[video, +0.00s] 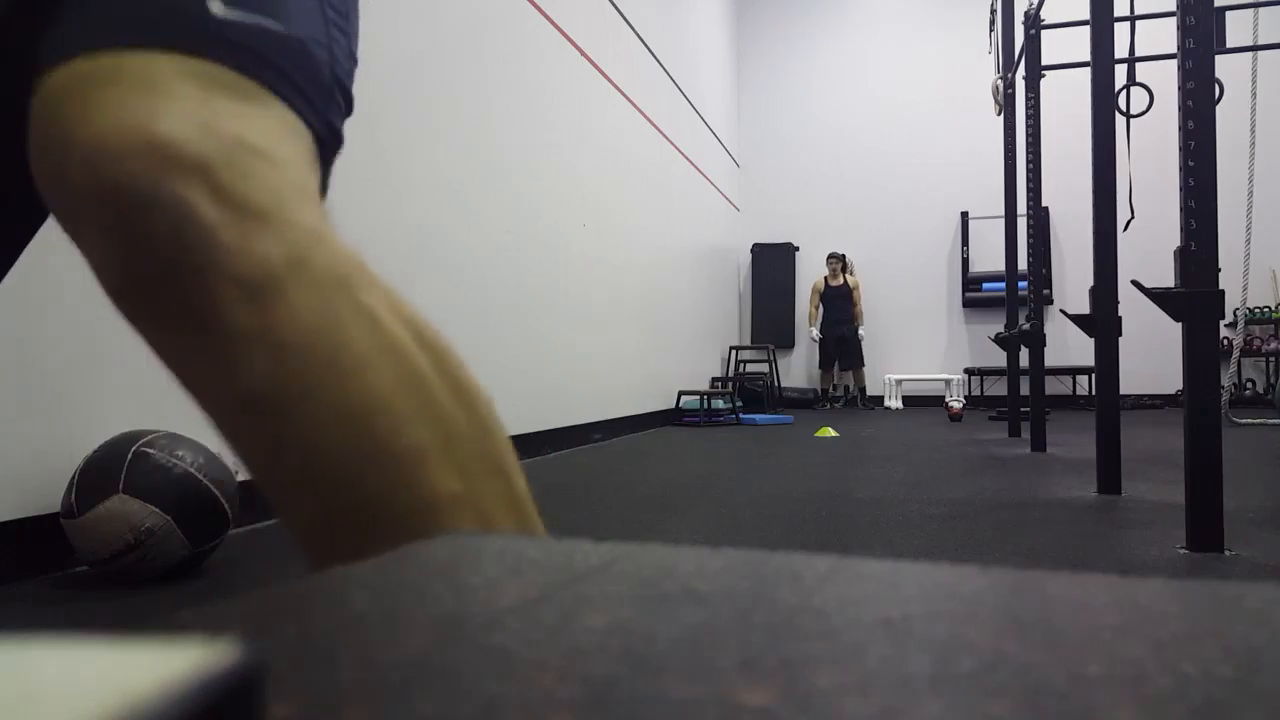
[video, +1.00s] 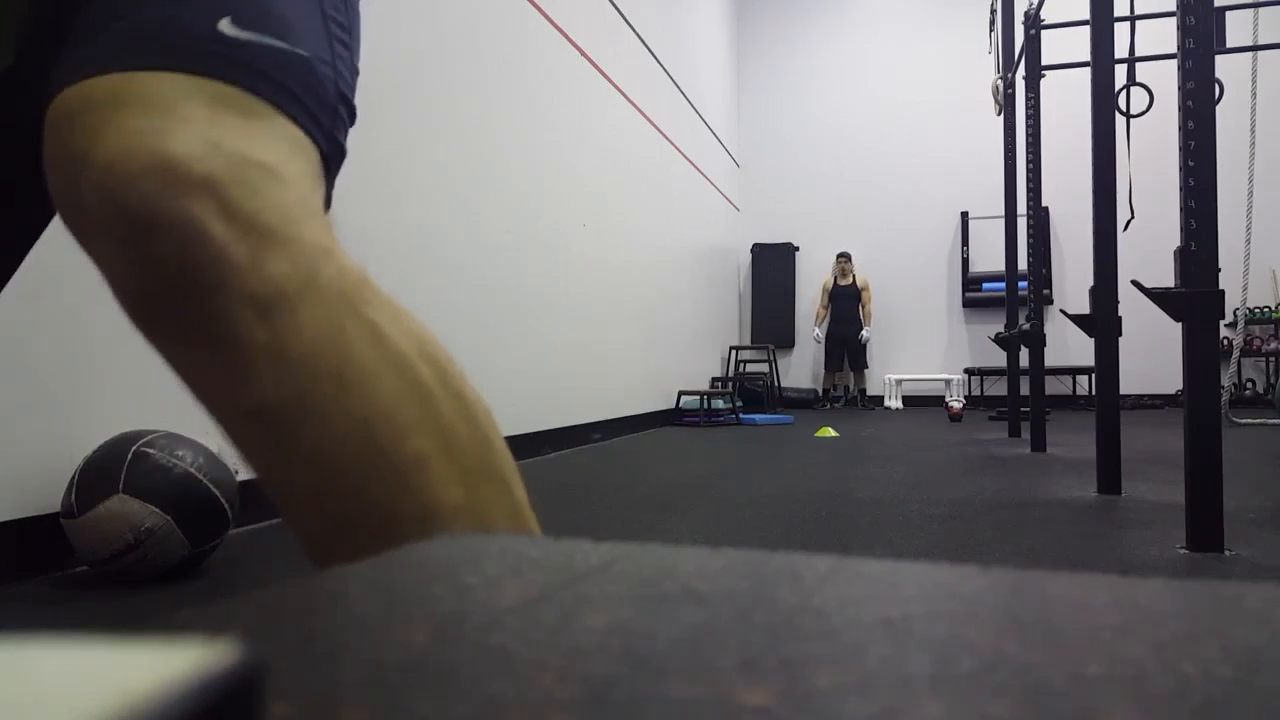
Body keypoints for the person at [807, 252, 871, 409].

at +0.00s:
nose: (833, 266)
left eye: (836, 263)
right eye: (830, 263)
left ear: (842, 264)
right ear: (826, 265)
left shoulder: (852, 282)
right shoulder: (819, 284)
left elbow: (857, 305)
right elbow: (814, 307)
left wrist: (860, 325)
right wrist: (812, 327)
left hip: (849, 329)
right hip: (828, 330)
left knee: (857, 366)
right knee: (826, 367)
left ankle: (863, 398)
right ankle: (824, 399)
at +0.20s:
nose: (837, 266)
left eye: (839, 263)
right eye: (834, 263)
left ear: (845, 264)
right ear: (830, 265)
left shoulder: (855, 282)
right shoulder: (824, 284)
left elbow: (862, 304)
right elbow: (818, 306)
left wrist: (866, 326)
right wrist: (814, 326)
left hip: (852, 330)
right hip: (831, 331)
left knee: (857, 368)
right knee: (827, 368)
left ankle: (862, 399)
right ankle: (825, 399)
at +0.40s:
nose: (842, 266)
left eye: (845, 263)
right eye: (839, 263)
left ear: (851, 265)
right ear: (835, 265)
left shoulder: (860, 283)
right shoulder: (828, 284)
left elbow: (866, 304)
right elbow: (824, 306)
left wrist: (869, 322)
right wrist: (820, 324)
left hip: (855, 331)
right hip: (834, 331)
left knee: (859, 368)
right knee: (829, 368)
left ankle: (862, 399)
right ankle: (825, 399)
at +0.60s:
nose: (844, 266)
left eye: (847, 263)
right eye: (841, 263)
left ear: (852, 265)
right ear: (837, 265)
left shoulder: (862, 283)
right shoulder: (830, 284)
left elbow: (867, 304)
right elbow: (826, 307)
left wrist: (869, 322)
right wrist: (821, 325)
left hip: (856, 331)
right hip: (835, 331)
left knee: (859, 368)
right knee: (830, 368)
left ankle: (862, 399)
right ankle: (825, 399)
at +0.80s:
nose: (843, 266)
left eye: (846, 262)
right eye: (840, 263)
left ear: (852, 264)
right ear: (837, 265)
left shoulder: (861, 283)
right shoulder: (829, 284)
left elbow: (866, 306)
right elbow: (824, 306)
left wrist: (868, 327)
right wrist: (818, 325)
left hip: (855, 331)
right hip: (835, 331)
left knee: (859, 368)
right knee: (830, 368)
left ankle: (862, 398)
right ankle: (825, 399)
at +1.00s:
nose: (843, 266)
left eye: (845, 262)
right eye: (840, 263)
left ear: (851, 264)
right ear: (836, 265)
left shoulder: (861, 282)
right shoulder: (829, 283)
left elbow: (866, 306)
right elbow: (823, 306)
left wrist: (867, 327)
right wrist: (817, 326)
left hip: (854, 331)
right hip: (834, 331)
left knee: (858, 368)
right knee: (830, 368)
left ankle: (862, 399)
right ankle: (825, 399)